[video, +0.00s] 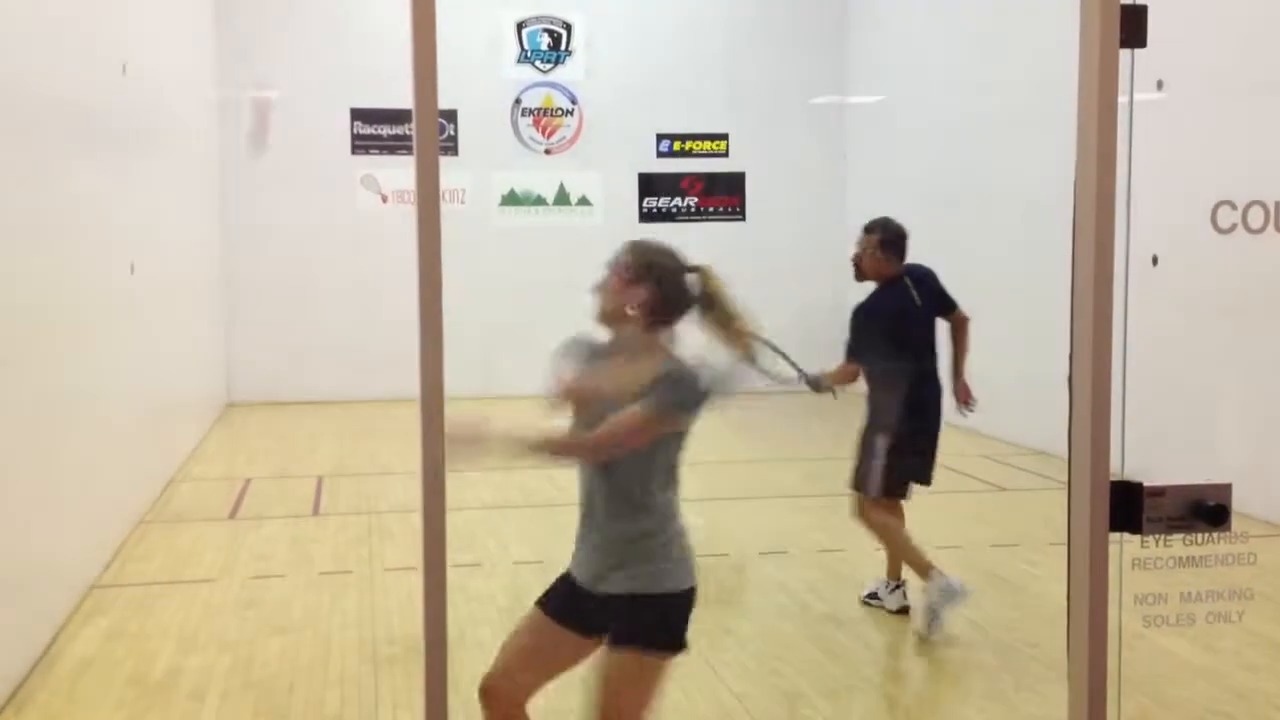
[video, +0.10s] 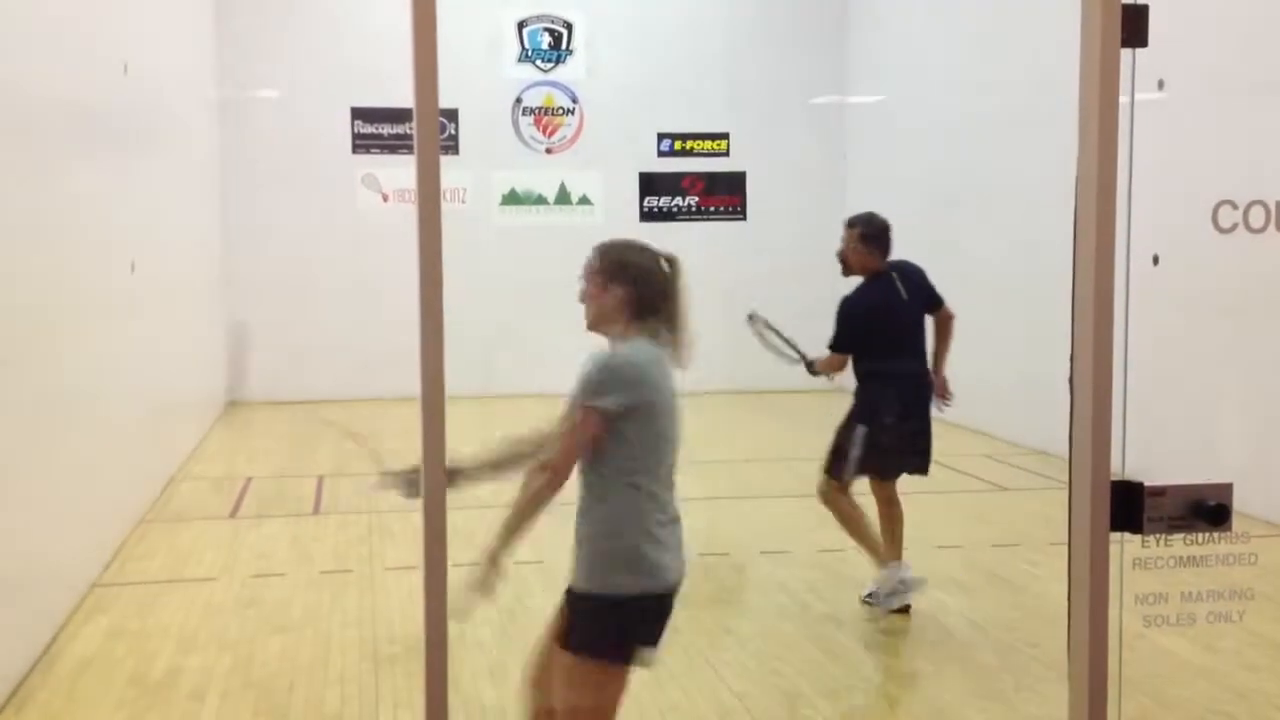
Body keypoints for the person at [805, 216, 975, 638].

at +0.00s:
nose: (855, 255)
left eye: (863, 249)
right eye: (859, 247)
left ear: (885, 256)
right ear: (891, 255)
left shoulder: (869, 311)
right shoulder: (920, 278)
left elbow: (851, 369)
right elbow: (959, 320)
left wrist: (822, 379)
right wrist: (959, 377)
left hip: (890, 418)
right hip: (921, 412)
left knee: (869, 508)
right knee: (890, 501)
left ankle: (938, 583)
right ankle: (894, 588)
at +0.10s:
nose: (840, 250)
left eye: (846, 243)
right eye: (843, 242)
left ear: (866, 248)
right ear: (877, 248)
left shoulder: (856, 303)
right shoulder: (909, 274)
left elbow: (838, 360)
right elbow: (944, 316)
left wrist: (817, 365)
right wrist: (938, 369)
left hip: (875, 405)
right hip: (912, 402)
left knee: (831, 489)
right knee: (884, 485)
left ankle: (889, 568)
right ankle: (894, 581)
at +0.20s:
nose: (823, 248)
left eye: (830, 242)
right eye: (826, 240)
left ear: (851, 247)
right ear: (860, 246)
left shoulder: (841, 297)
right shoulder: (897, 272)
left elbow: (822, 360)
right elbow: (930, 319)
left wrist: (814, 358)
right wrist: (914, 365)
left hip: (860, 401)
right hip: (901, 399)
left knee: (813, 483)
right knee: (881, 484)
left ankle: (832, 584)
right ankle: (894, 584)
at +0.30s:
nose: (813, 253)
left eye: (815, 246)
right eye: (814, 246)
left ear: (827, 249)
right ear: (855, 245)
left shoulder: (823, 298)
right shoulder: (886, 279)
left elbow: (808, 375)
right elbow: (918, 328)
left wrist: (808, 369)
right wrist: (896, 365)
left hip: (845, 403)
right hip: (889, 399)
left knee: (802, 489)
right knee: (876, 486)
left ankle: (779, 587)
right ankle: (894, 584)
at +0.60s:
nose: (809, 275)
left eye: (810, 270)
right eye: (813, 270)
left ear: (814, 273)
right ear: (850, 269)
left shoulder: (803, 311)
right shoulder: (880, 302)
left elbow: (785, 375)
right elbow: (915, 365)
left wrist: (790, 415)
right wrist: (896, 404)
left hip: (825, 411)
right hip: (876, 411)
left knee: (783, 488)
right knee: (893, 482)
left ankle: (759, 581)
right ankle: (873, 575)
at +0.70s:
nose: (838, 282)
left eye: (838, 276)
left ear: (837, 279)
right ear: (873, 278)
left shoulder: (821, 319)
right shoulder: (897, 313)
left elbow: (798, 387)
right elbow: (944, 368)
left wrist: (813, 417)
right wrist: (942, 415)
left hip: (829, 422)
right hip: (881, 424)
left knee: (794, 498)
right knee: (912, 480)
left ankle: (756, 579)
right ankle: (870, 561)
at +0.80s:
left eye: (876, 278)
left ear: (874, 281)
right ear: (909, 280)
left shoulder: (857, 317)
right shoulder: (929, 313)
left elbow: (836, 383)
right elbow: (982, 357)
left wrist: (853, 415)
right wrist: (999, 402)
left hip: (852, 424)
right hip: (900, 428)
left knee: (825, 492)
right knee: (911, 496)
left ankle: (767, 551)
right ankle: (859, 568)